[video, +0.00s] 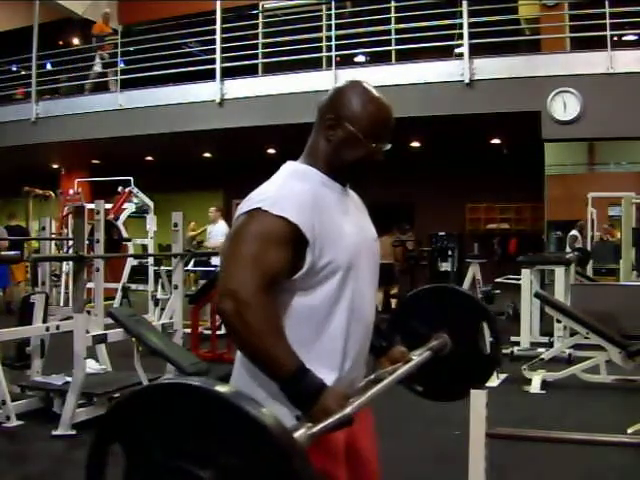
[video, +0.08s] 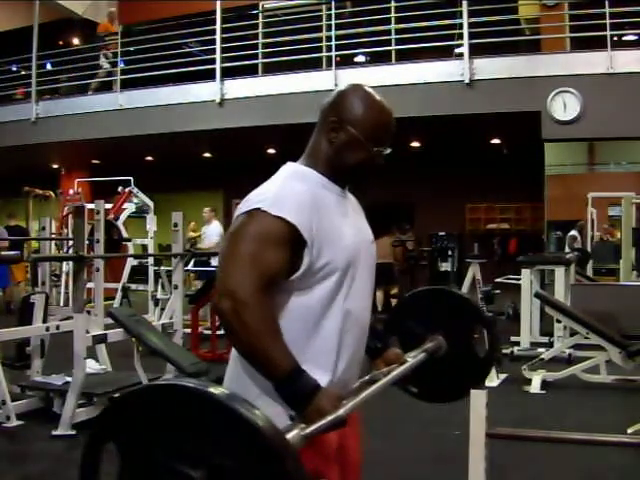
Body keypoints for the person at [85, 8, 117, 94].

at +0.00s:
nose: (107, 18)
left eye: (108, 16)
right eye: (106, 16)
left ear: (109, 17)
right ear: (103, 17)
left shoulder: (109, 28)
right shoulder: (98, 26)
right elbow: (95, 39)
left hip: (109, 52)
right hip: (100, 51)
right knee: (97, 69)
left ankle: (113, 89)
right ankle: (87, 89)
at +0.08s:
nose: (115, 17)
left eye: (115, 15)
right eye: (113, 15)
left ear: (115, 16)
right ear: (110, 16)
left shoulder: (115, 26)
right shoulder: (104, 26)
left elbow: (116, 40)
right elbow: (100, 40)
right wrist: (104, 50)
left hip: (114, 52)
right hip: (105, 51)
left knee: (116, 70)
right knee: (104, 69)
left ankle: (116, 88)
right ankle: (91, 89)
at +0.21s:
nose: (123, 14)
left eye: (124, 11)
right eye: (121, 11)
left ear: (125, 13)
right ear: (117, 12)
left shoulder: (124, 26)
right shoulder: (111, 24)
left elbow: (125, 41)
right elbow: (107, 38)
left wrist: (127, 52)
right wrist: (111, 51)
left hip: (121, 51)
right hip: (111, 51)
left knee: (118, 70)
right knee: (117, 69)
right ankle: (103, 88)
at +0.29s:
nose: (127, 13)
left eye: (128, 11)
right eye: (125, 11)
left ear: (130, 12)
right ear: (122, 11)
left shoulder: (129, 24)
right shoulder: (117, 22)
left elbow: (132, 41)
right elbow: (111, 35)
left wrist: (137, 52)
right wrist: (113, 47)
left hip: (128, 49)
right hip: (120, 50)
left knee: (125, 69)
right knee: (122, 68)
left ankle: (121, 87)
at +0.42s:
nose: (135, 12)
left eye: (136, 10)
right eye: (133, 10)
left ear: (137, 11)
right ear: (129, 11)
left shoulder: (137, 24)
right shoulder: (124, 21)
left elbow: (141, 39)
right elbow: (118, 35)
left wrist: (149, 49)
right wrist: (119, 48)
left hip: (134, 49)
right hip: (125, 49)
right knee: (131, 68)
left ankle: (120, 87)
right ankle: (134, 86)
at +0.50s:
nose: (139, 12)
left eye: (140, 9)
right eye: (137, 9)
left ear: (142, 10)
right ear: (133, 10)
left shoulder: (141, 22)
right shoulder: (128, 20)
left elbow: (146, 38)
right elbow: (122, 34)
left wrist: (154, 48)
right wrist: (124, 48)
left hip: (140, 49)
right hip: (132, 48)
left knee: (128, 70)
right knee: (137, 69)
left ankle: (122, 87)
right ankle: (141, 88)